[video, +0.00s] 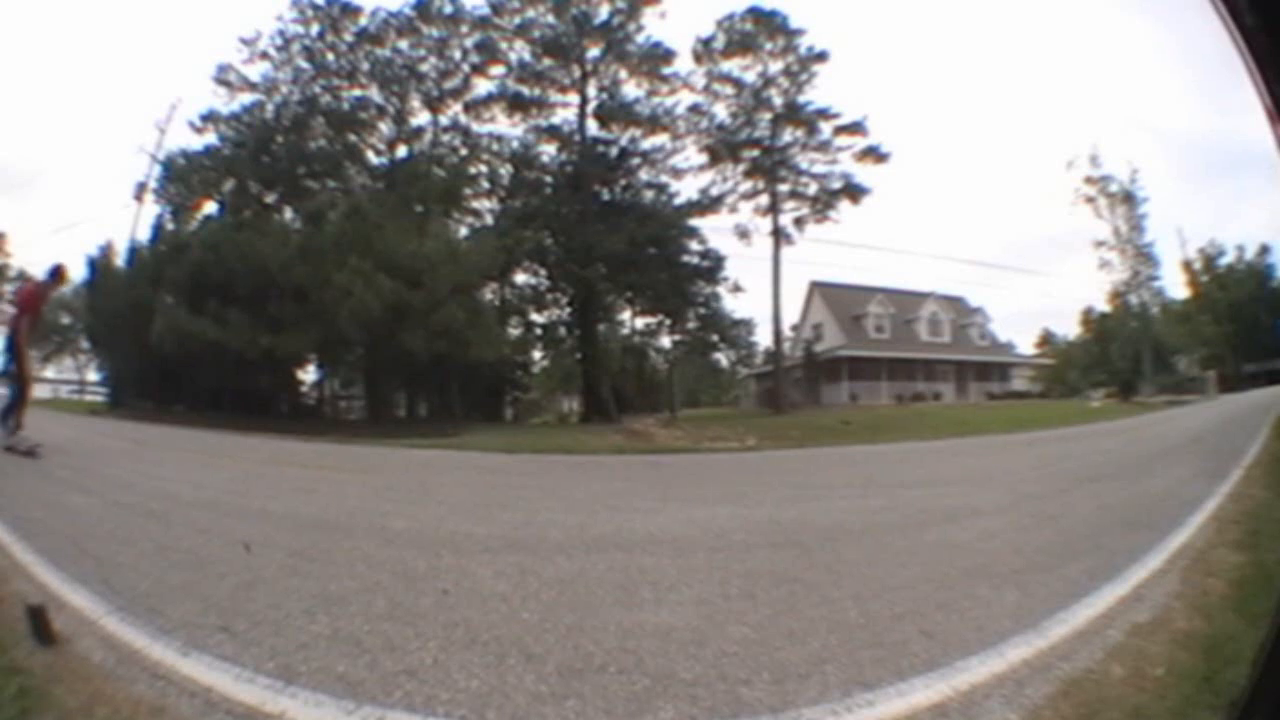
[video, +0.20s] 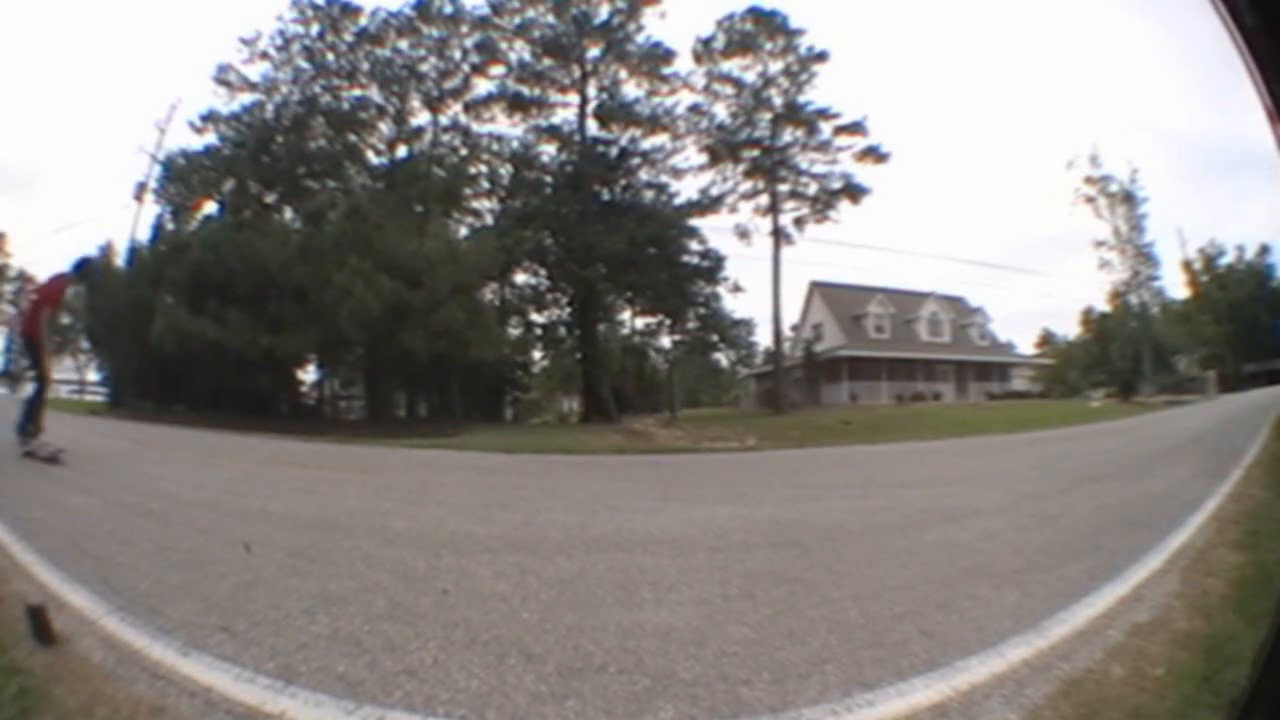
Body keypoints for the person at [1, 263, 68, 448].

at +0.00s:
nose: (58, 287)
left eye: (60, 284)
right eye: (59, 283)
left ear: (52, 276)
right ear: (55, 279)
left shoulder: (34, 289)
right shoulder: (37, 292)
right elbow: (22, 328)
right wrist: (23, 367)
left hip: (18, 338)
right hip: (16, 339)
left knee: (21, 386)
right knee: (20, 387)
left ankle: (11, 430)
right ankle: (9, 431)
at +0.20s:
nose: (84, 281)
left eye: (86, 278)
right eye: (85, 277)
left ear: (77, 268)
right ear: (82, 273)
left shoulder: (59, 283)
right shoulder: (59, 285)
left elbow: (42, 315)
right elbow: (42, 319)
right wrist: (44, 355)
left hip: (34, 332)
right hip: (33, 333)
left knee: (42, 380)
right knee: (42, 381)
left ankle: (29, 426)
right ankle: (29, 428)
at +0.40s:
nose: (111, 275)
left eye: (113, 270)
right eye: (112, 269)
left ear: (100, 262)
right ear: (107, 266)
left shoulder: (85, 279)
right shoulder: (87, 279)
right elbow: (64, 315)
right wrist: (69, 358)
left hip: (53, 328)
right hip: (51, 329)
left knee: (64, 383)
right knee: (65, 383)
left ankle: (54, 439)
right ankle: (55, 442)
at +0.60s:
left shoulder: (100, 277)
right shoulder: (110, 277)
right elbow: (94, 318)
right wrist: (100, 359)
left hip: (71, 328)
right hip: (78, 329)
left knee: (91, 380)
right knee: (93, 380)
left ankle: (75, 431)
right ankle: (84, 437)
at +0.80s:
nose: (159, 305)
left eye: (162, 302)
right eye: (161, 301)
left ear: (159, 291)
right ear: (159, 294)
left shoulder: (141, 291)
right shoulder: (139, 293)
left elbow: (130, 333)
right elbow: (124, 340)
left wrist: (146, 359)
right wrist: (128, 385)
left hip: (109, 340)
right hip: (101, 341)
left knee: (122, 395)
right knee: (122, 397)